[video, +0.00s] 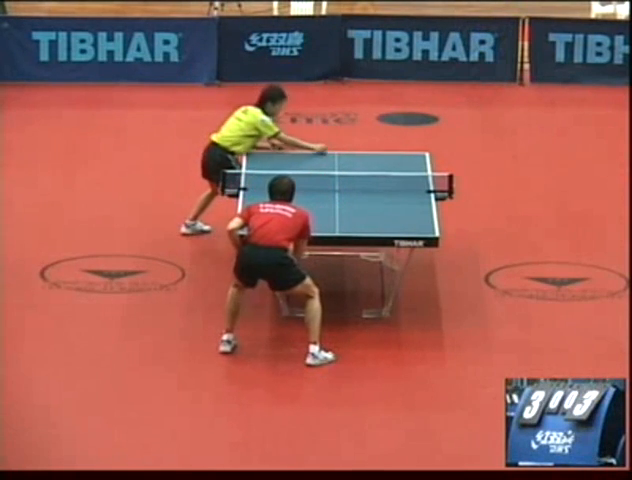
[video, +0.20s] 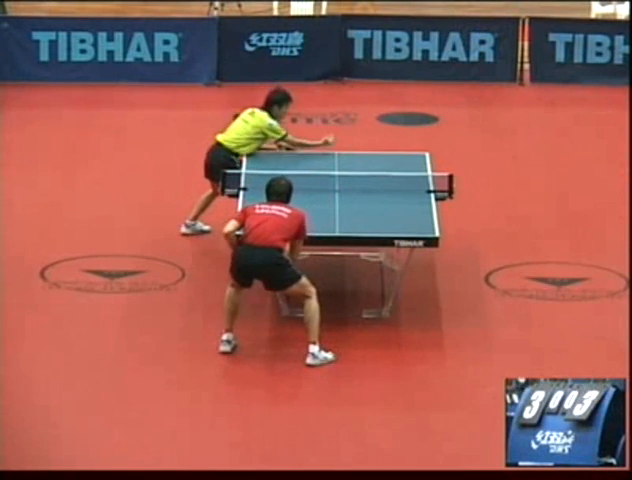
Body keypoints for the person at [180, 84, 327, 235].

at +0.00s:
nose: (281, 110)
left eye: (282, 106)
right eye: (280, 106)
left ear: (264, 102)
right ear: (270, 104)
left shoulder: (245, 110)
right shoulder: (260, 119)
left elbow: (246, 142)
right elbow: (284, 140)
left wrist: (269, 145)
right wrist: (313, 147)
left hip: (213, 149)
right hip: (224, 155)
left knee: (214, 190)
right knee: (245, 191)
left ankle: (191, 222)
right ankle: (244, 227)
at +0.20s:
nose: (287, 113)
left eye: (288, 109)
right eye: (286, 109)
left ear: (270, 105)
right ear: (276, 107)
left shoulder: (251, 112)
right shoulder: (267, 122)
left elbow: (251, 143)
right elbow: (292, 142)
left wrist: (276, 145)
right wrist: (320, 143)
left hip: (216, 151)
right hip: (227, 157)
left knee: (215, 190)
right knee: (246, 192)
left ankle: (191, 222)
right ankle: (243, 228)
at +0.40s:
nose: (288, 108)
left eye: (288, 103)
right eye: (286, 104)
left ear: (268, 102)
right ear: (275, 104)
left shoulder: (249, 109)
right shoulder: (268, 121)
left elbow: (249, 140)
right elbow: (293, 140)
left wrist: (275, 144)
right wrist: (319, 144)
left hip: (216, 149)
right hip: (228, 156)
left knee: (214, 190)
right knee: (246, 192)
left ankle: (191, 222)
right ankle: (244, 229)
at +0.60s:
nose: (272, 91)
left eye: (271, 88)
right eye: (269, 88)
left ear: (253, 90)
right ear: (260, 91)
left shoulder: (238, 103)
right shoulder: (261, 108)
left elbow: (246, 132)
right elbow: (289, 117)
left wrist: (269, 134)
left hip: (215, 144)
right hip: (229, 151)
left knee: (212, 188)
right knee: (241, 190)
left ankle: (191, 221)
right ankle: (244, 227)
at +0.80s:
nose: (256, 76)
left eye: (254, 72)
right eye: (252, 73)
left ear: (238, 79)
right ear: (243, 78)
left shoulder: (228, 96)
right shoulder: (247, 93)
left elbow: (240, 125)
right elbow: (275, 76)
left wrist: (265, 116)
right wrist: (297, 57)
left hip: (211, 142)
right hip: (225, 146)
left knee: (210, 185)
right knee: (246, 183)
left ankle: (191, 221)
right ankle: (248, 224)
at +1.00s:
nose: (244, 68)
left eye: (243, 64)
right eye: (241, 65)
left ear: (227, 73)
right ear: (232, 71)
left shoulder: (220, 91)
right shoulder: (234, 85)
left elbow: (232, 122)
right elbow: (263, 74)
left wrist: (256, 112)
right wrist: (287, 54)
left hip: (206, 137)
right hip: (219, 139)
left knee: (207, 184)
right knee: (240, 177)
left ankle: (191, 221)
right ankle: (245, 220)